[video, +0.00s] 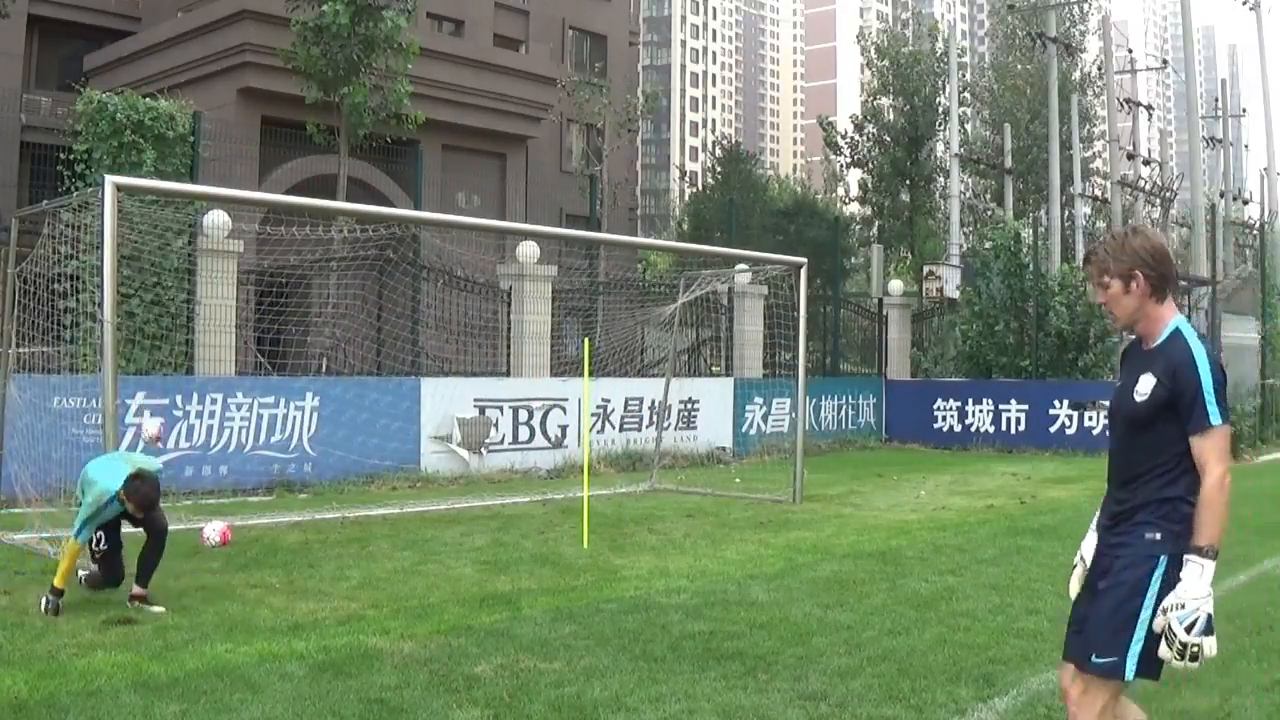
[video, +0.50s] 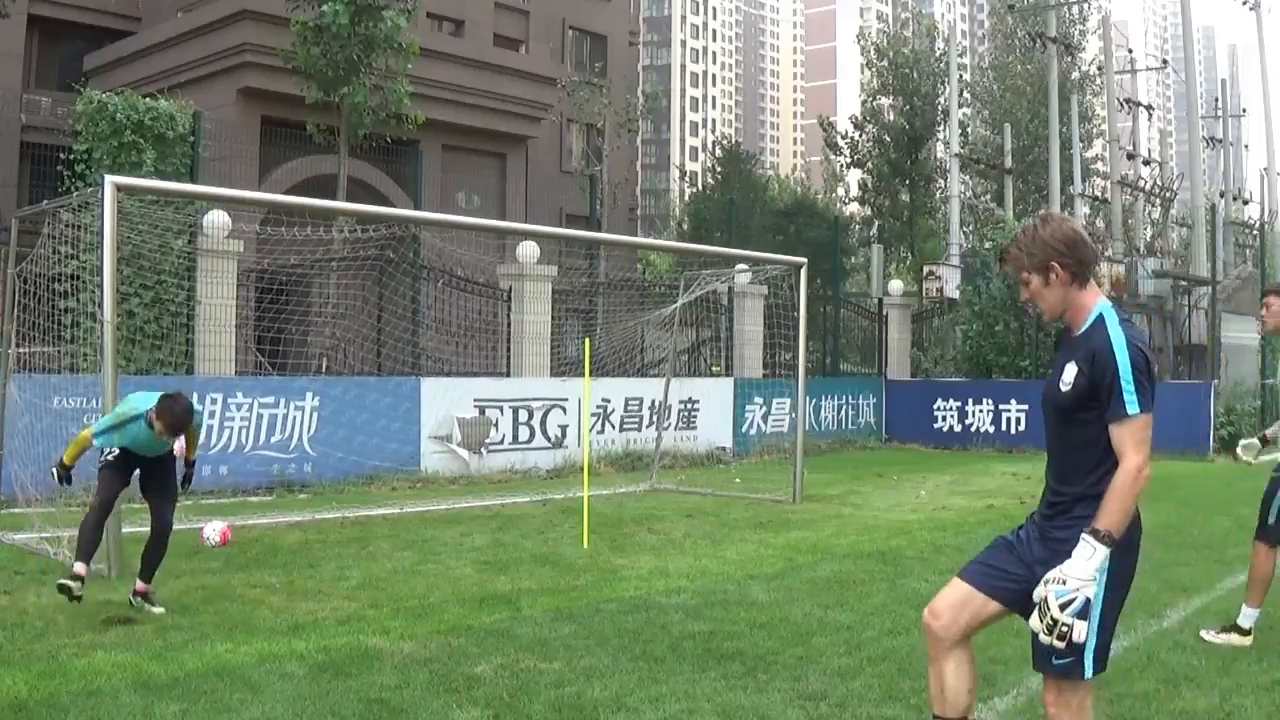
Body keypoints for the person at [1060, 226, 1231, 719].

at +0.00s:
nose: (1098, 299)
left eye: (1104, 287)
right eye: (1096, 287)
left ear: (1139, 283)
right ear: (1133, 286)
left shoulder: (1190, 356)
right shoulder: (1136, 351)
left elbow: (1217, 473)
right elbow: (1131, 462)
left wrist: (1198, 575)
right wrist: (1098, 531)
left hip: (1155, 543)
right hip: (1118, 537)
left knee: (1090, 695)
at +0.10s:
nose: (1073, 295)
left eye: (1079, 282)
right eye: (1072, 283)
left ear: (1111, 281)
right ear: (1107, 284)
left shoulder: (1161, 355)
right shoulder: (1116, 346)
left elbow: (1186, 472)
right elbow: (1123, 457)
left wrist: (1166, 577)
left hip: (1128, 547)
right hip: (1085, 537)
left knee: (1078, 703)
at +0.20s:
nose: (1058, 287)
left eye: (1063, 276)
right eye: (1058, 276)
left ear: (1095, 278)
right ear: (1093, 279)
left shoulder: (1146, 351)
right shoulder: (1108, 341)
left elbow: (1171, 468)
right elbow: (1114, 454)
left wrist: (1144, 570)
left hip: (1112, 547)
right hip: (1069, 534)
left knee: (1080, 705)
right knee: (967, 623)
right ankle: (997, 715)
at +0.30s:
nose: (1041, 286)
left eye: (1045, 273)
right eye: (1040, 274)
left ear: (1076, 277)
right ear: (1079, 278)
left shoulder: (1130, 352)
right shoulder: (1093, 342)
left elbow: (1152, 471)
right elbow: (1099, 456)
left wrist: (1112, 570)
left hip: (1097, 552)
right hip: (1055, 537)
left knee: (1074, 705)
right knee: (948, 620)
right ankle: (920, 716)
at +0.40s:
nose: (1034, 289)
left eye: (1038, 276)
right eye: (1033, 277)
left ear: (1069, 277)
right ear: (1072, 278)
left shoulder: (1123, 351)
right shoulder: (1087, 342)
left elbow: (1142, 470)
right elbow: (1092, 457)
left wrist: (1097, 566)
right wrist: (1054, 530)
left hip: (1093, 548)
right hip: (1050, 536)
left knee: (1067, 704)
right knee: (946, 633)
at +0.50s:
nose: (1023, 296)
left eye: (1026, 282)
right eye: (1020, 284)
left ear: (1058, 274)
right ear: (1057, 276)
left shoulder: (1114, 345)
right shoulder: (1077, 337)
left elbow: (1136, 463)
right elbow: (1086, 450)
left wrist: (1091, 553)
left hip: (1091, 542)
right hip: (1048, 528)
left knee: (1065, 700)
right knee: (943, 622)